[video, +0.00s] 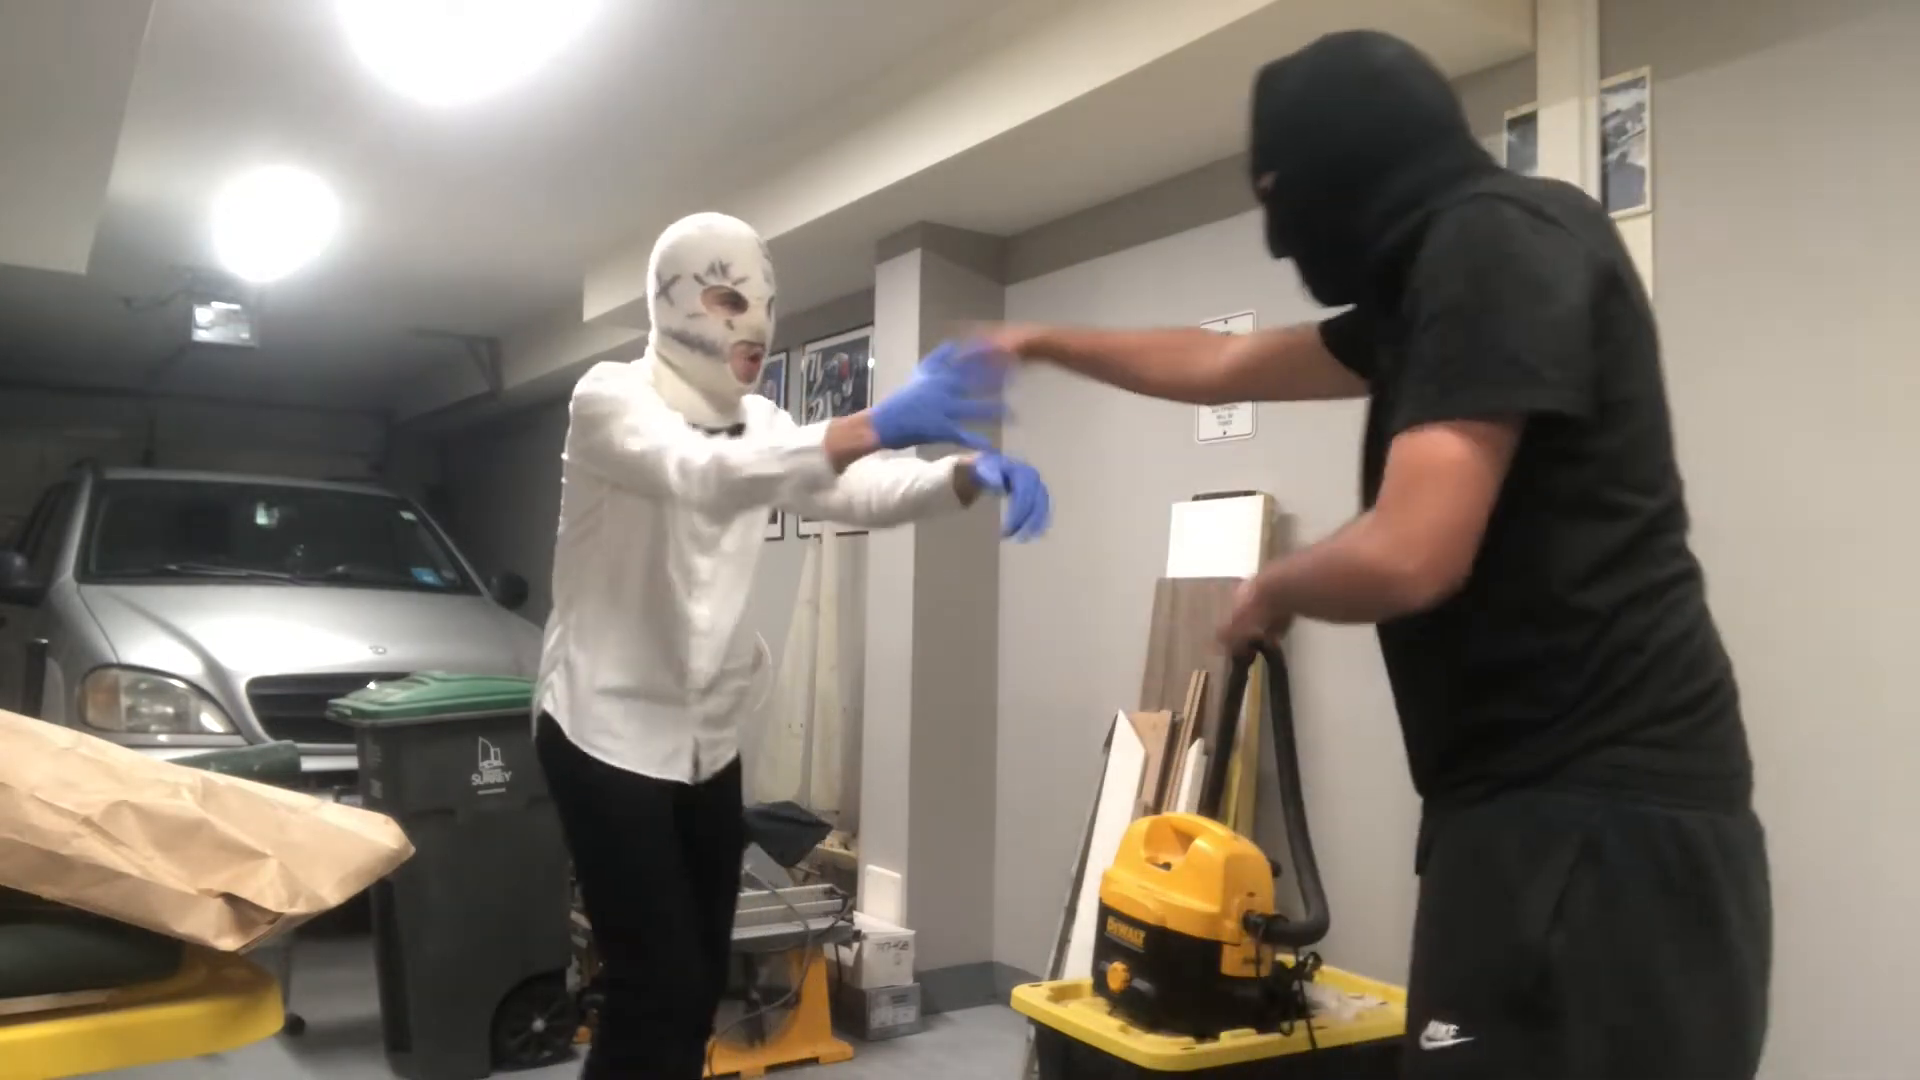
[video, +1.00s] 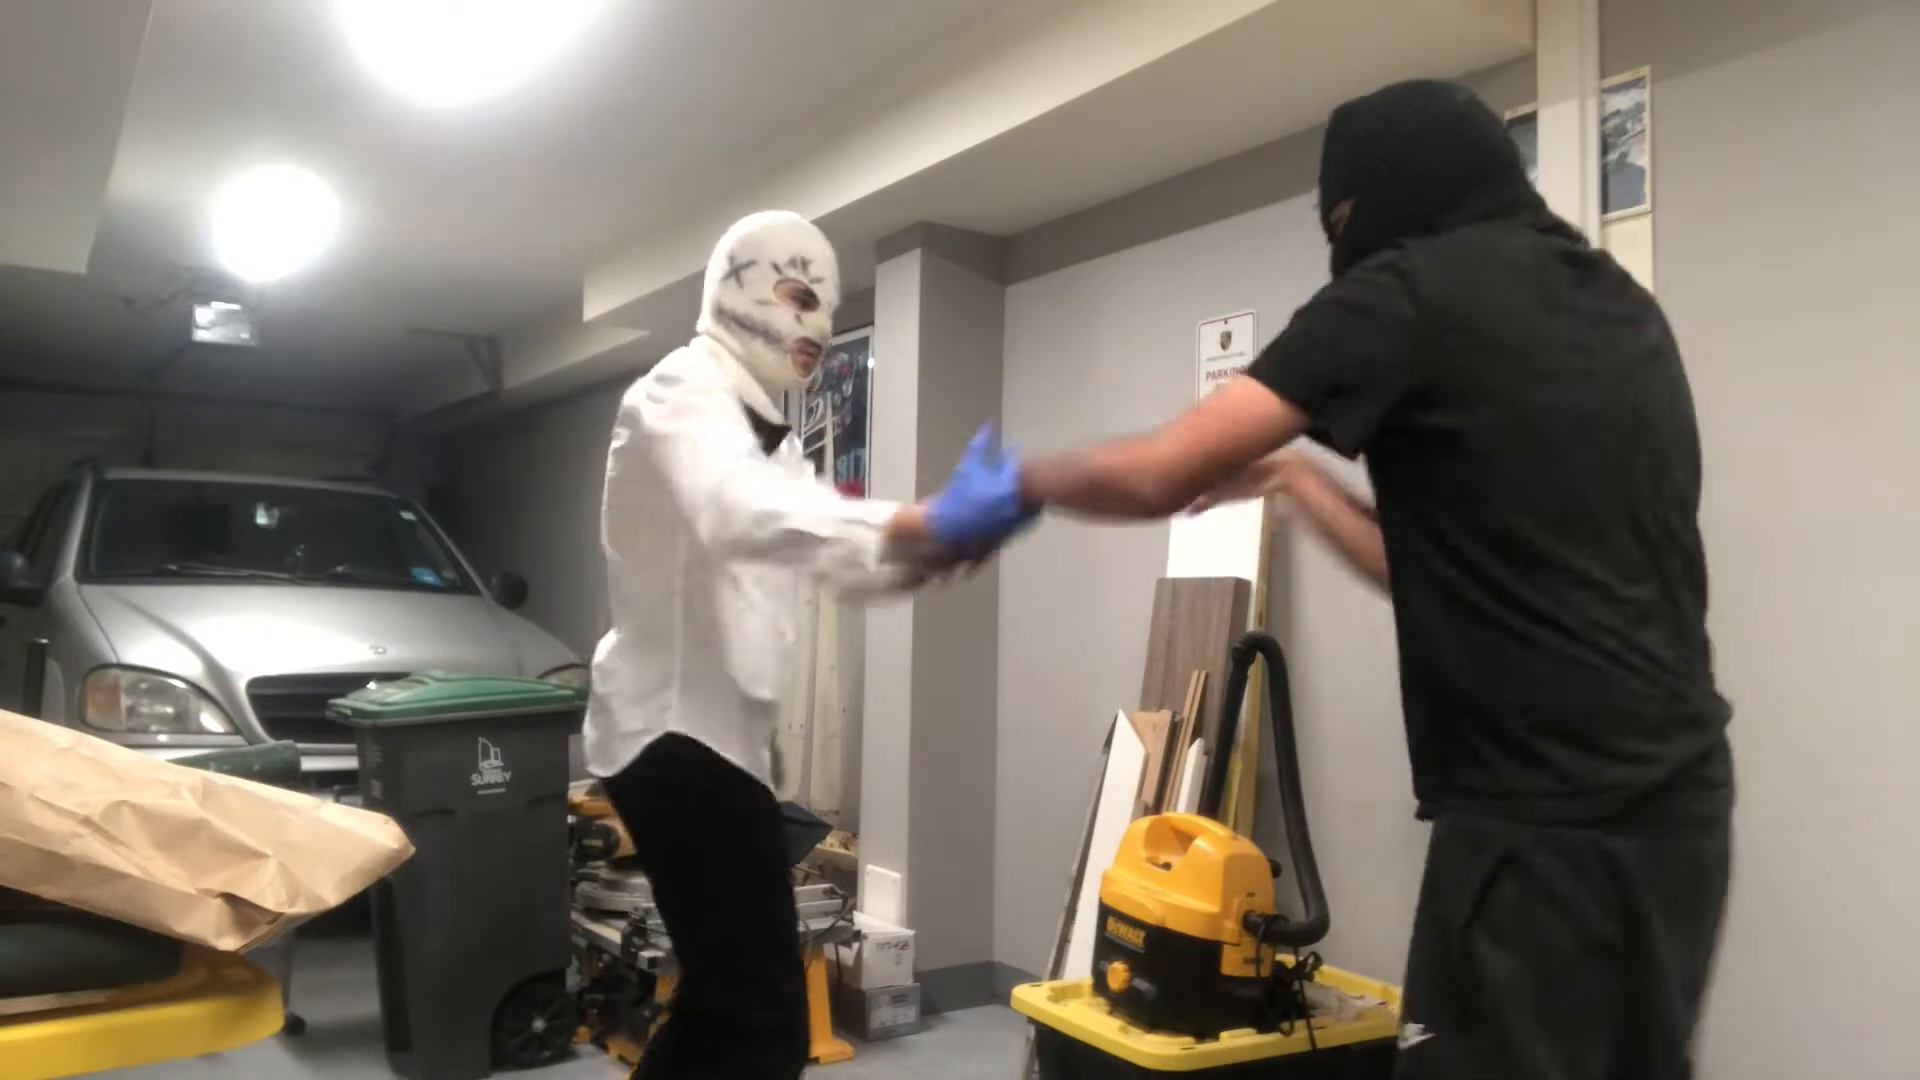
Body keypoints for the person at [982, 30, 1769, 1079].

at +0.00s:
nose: (1276, 233)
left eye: (1276, 194)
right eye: (1267, 202)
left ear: (1339, 164)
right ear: (1361, 165)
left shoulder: (1497, 240)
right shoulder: (1438, 281)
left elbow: (1408, 556)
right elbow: (1232, 360)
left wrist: (1277, 585)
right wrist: (1036, 341)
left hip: (1595, 841)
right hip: (1519, 831)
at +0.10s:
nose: (1298, 215)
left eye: (1307, 182)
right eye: (1296, 187)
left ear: (1374, 166)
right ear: (1409, 156)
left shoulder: (1517, 261)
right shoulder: (1491, 266)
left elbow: (1297, 529)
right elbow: (1274, 434)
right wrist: (1072, 393)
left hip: (1607, 843)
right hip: (1543, 829)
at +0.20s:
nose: (1323, 218)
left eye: (1329, 190)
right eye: (1322, 193)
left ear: (1384, 167)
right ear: (1464, 151)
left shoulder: (1468, 255)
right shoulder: (1561, 283)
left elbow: (1147, 410)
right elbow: (1323, 507)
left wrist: (993, 436)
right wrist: (1148, 447)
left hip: (1621, 836)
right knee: (1453, 1053)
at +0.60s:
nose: (1310, 279)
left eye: (1309, 256)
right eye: (1305, 259)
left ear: (1351, 232)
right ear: (1458, 197)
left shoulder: (1415, 313)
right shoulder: (1593, 303)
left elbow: (1130, 482)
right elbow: (1364, 487)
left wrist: (1072, 450)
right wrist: (1166, 438)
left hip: (1612, 853)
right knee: (1454, 1067)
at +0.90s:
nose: (1325, 268)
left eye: (1323, 238)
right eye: (1316, 244)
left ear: (1372, 207)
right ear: (1466, 184)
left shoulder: (1418, 299)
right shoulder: (1585, 297)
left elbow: (1171, 492)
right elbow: (1434, 559)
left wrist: (1097, 423)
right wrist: (1234, 486)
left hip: (1549, 864)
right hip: (1694, 850)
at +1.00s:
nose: (1338, 254)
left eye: (1337, 227)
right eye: (1333, 232)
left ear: (1376, 199)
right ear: (1486, 178)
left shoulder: (1408, 294)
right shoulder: (1617, 302)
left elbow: (1158, 474)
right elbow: (1446, 577)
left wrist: (1013, 485)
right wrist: (1287, 473)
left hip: (1533, 831)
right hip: (1674, 810)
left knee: (1485, 1059)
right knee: (1634, 1061)